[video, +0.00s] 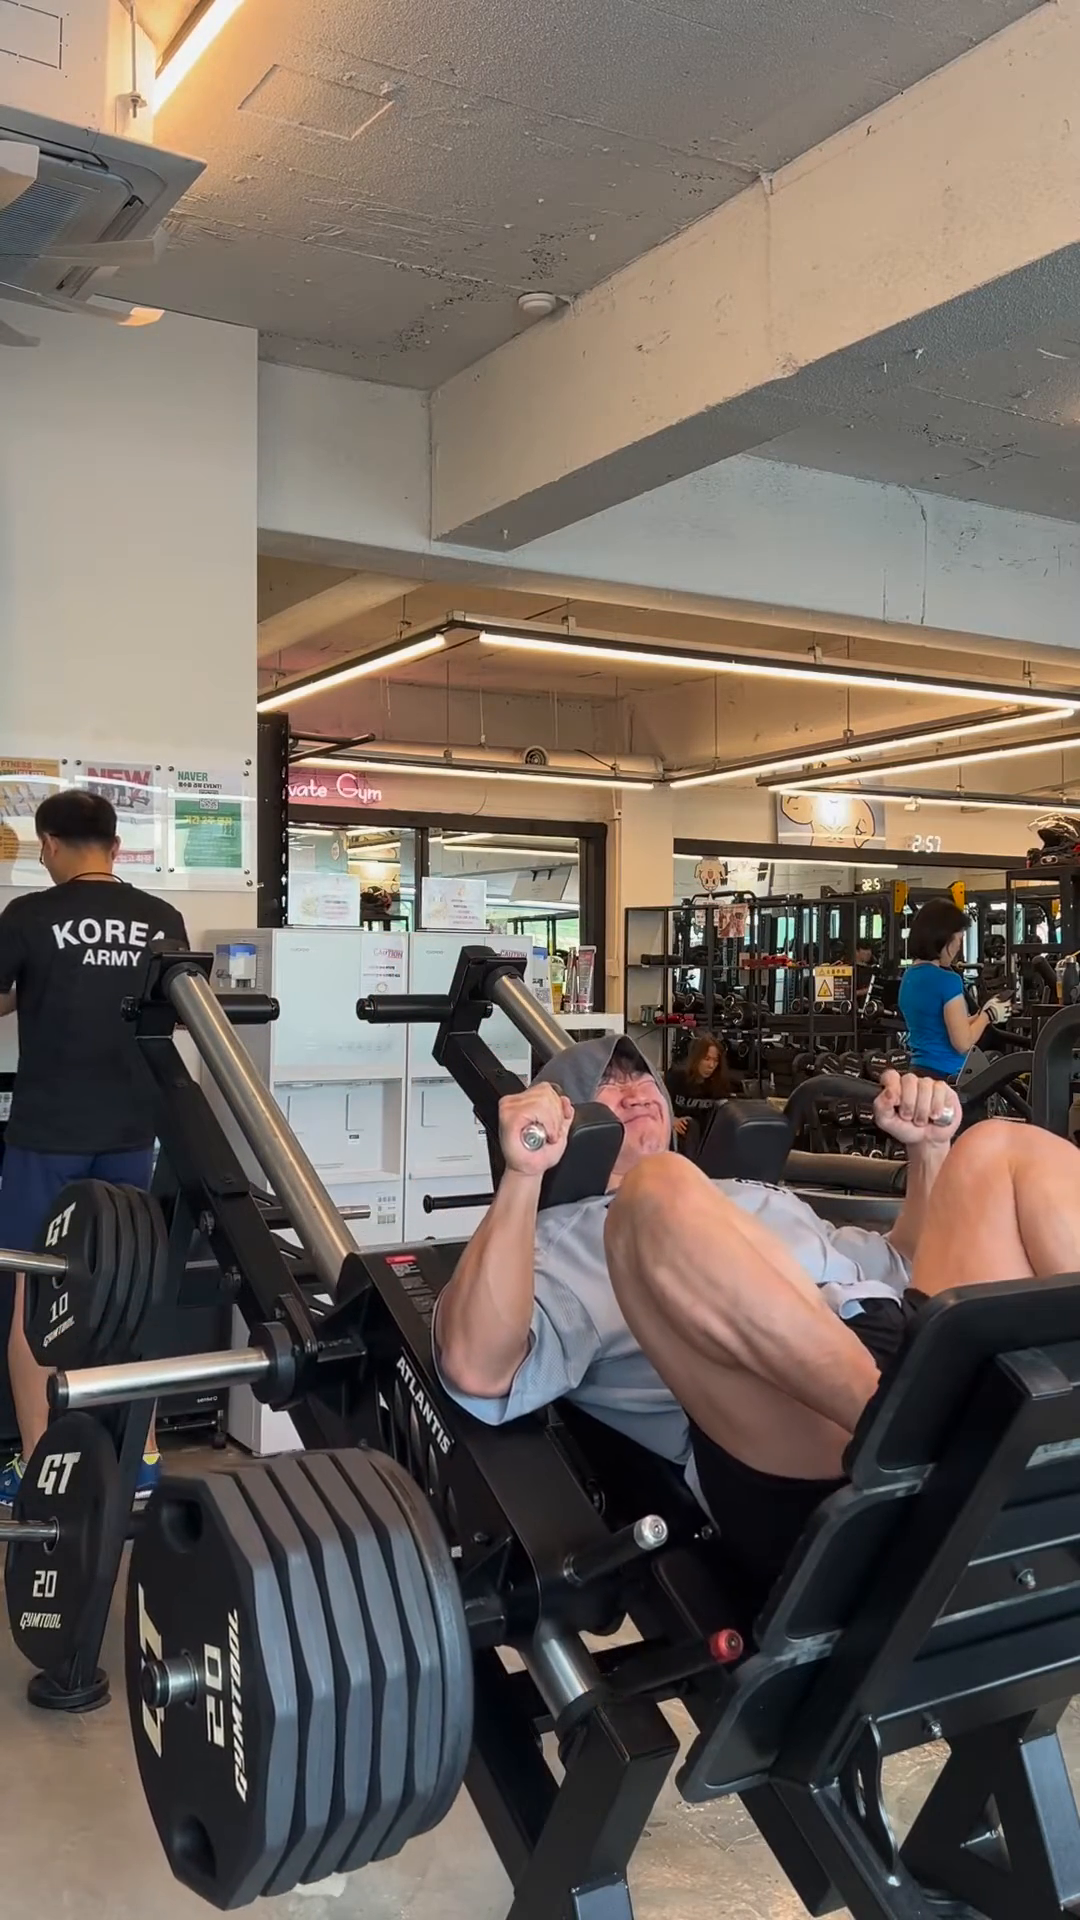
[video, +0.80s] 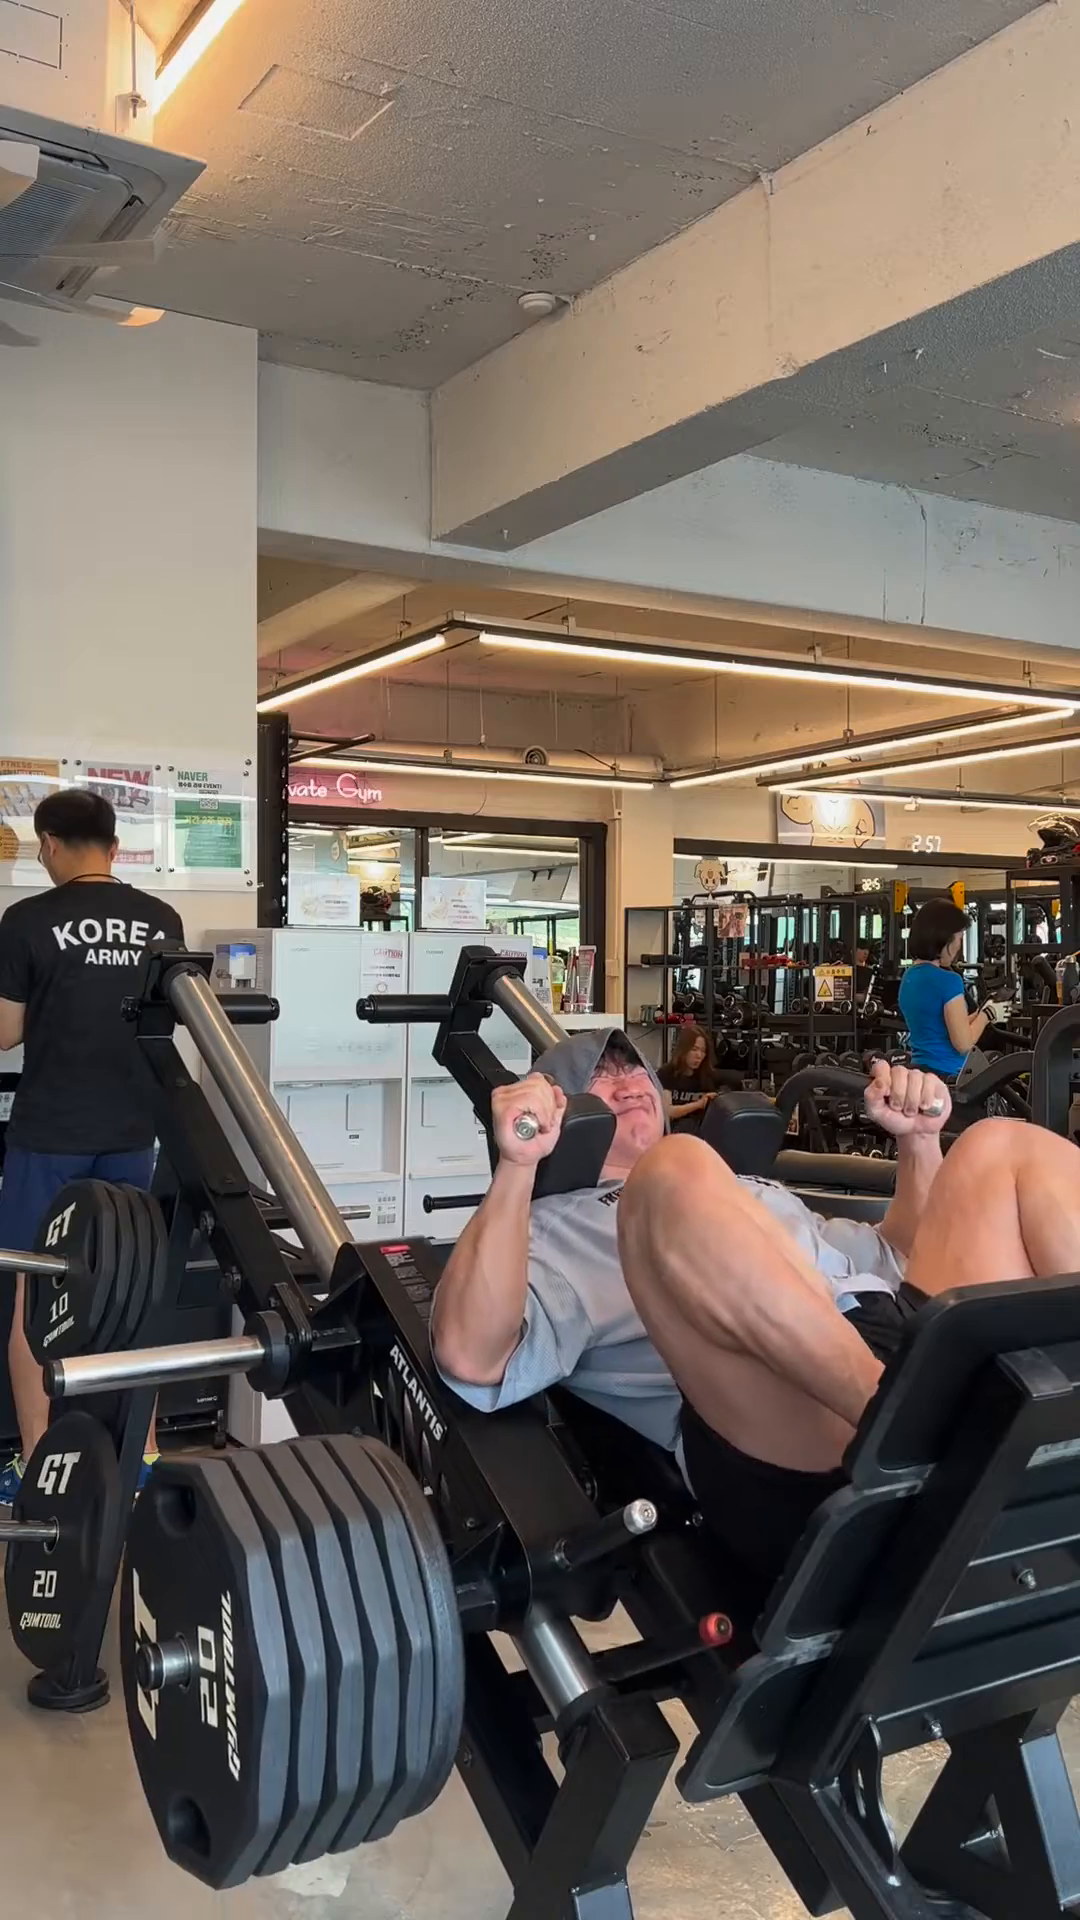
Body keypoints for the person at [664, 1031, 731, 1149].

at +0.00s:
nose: (711, 1065)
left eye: (715, 1060)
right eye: (707, 1059)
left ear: (719, 1063)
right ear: (695, 1058)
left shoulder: (719, 1086)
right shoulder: (674, 1079)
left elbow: (724, 1115)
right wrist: (671, 1120)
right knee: (691, 1125)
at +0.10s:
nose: (709, 1062)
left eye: (713, 1057)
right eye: (705, 1056)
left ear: (717, 1060)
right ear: (693, 1055)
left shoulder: (716, 1082)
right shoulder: (674, 1076)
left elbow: (722, 1112)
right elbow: (658, 1103)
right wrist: (672, 1119)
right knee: (692, 1125)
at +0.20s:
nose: (707, 1060)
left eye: (711, 1055)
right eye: (703, 1054)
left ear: (715, 1057)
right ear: (691, 1053)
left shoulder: (713, 1081)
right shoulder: (671, 1077)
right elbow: (654, 1104)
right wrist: (672, 1118)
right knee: (692, 1124)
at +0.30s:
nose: (705, 1058)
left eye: (709, 1053)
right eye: (701, 1052)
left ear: (713, 1056)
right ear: (689, 1052)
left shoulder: (710, 1078)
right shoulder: (670, 1076)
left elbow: (717, 1111)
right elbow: (656, 1105)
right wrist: (676, 1116)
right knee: (691, 1121)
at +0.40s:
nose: (704, 1057)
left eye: (708, 1053)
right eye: (699, 1051)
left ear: (711, 1056)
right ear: (687, 1051)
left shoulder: (709, 1079)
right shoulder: (668, 1077)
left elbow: (716, 1116)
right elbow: (659, 1113)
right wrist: (684, 1111)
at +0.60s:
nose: (701, 1056)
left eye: (705, 1052)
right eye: (696, 1050)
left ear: (708, 1055)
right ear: (685, 1050)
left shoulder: (707, 1079)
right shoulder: (665, 1077)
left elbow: (712, 1118)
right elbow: (662, 1113)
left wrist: (711, 1105)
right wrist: (696, 1105)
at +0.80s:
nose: (699, 1056)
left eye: (703, 1051)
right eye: (694, 1050)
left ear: (706, 1054)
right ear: (683, 1049)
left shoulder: (706, 1077)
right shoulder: (666, 1074)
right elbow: (667, 1111)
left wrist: (714, 1101)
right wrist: (698, 1104)